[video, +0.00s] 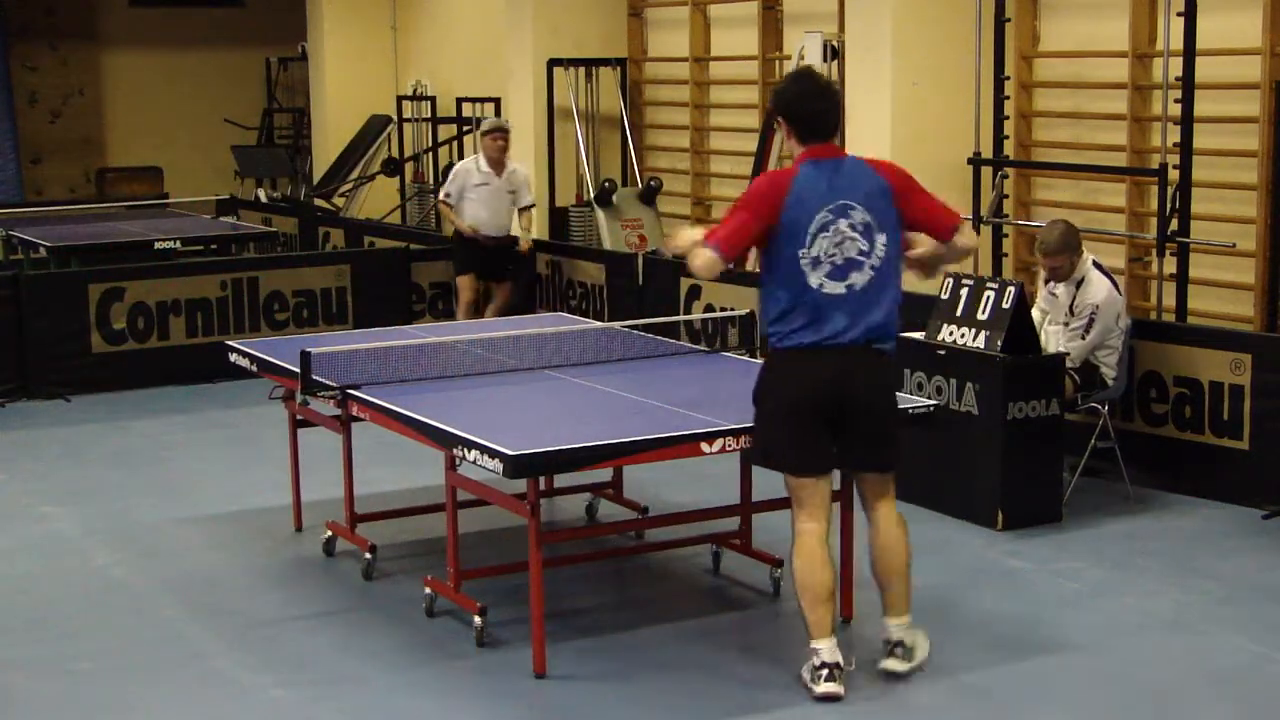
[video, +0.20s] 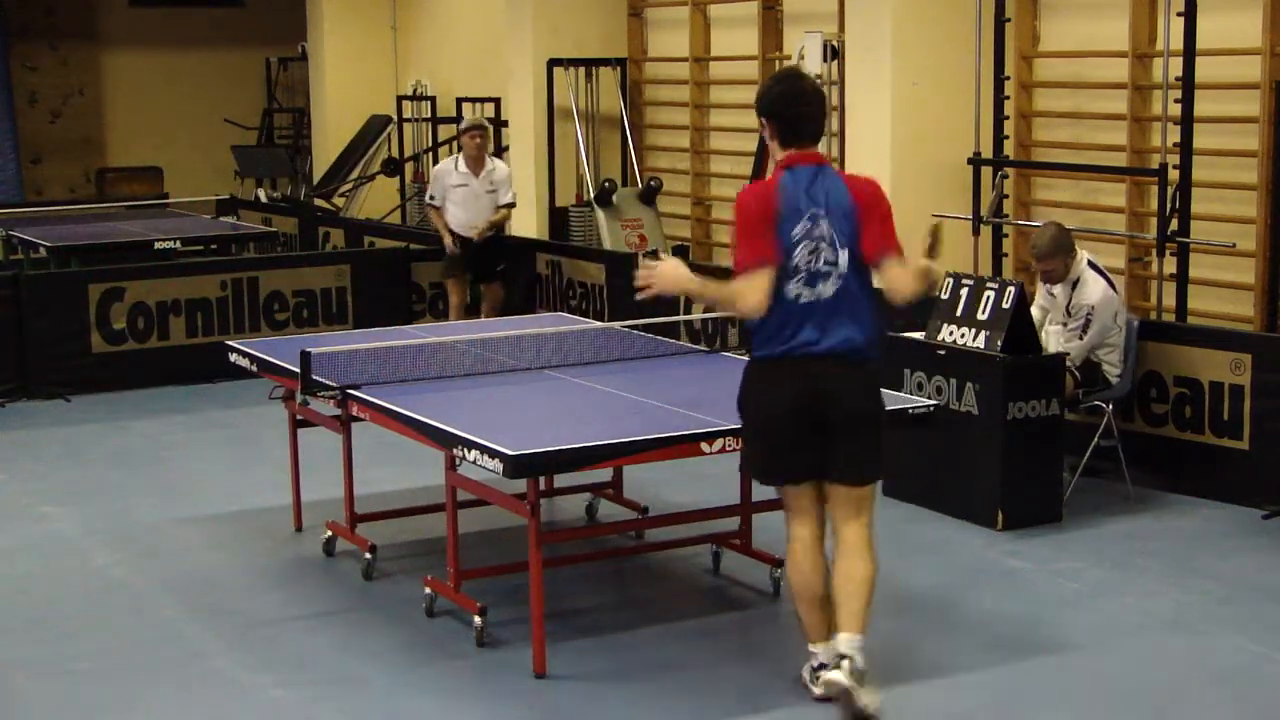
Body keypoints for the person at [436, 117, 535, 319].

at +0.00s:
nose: (500, 144)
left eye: (504, 139)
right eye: (494, 139)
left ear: (508, 143)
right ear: (482, 142)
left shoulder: (517, 174)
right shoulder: (464, 169)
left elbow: (524, 208)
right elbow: (443, 202)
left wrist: (525, 235)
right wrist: (460, 225)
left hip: (501, 242)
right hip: (469, 239)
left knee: (503, 295)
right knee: (468, 296)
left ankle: (483, 336)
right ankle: (464, 342)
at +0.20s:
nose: (478, 142)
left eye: (482, 137)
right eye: (472, 137)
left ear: (487, 140)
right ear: (461, 140)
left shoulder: (500, 169)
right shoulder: (443, 170)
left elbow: (506, 209)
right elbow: (432, 206)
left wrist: (488, 224)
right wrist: (445, 234)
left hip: (489, 242)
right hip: (457, 243)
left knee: (494, 298)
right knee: (457, 301)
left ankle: (487, 346)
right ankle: (455, 346)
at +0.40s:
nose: (463, 135)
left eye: (468, 130)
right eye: (458, 131)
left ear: (475, 134)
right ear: (448, 134)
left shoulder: (488, 165)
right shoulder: (431, 163)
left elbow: (499, 202)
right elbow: (419, 200)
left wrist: (491, 227)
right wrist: (434, 200)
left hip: (482, 237)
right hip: (447, 239)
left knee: (492, 301)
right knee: (455, 302)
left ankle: (489, 347)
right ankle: (456, 347)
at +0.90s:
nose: (455, 142)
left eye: (460, 137)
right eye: (449, 137)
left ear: (468, 142)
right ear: (439, 142)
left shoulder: (481, 175)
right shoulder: (422, 171)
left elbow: (499, 213)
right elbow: (410, 208)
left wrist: (510, 244)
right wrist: (424, 230)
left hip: (472, 251)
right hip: (436, 252)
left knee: (474, 310)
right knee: (440, 312)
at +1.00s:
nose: (454, 139)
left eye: (460, 135)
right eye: (448, 135)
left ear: (467, 140)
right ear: (438, 139)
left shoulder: (482, 173)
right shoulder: (420, 170)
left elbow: (496, 213)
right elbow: (409, 210)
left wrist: (489, 245)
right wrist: (414, 244)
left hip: (468, 250)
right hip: (430, 250)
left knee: (470, 309)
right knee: (430, 308)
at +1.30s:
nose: (439, 148)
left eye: (445, 143)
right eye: (433, 143)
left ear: (453, 149)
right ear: (423, 150)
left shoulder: (470, 182)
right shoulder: (408, 181)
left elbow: (477, 224)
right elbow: (399, 223)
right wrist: (394, 263)